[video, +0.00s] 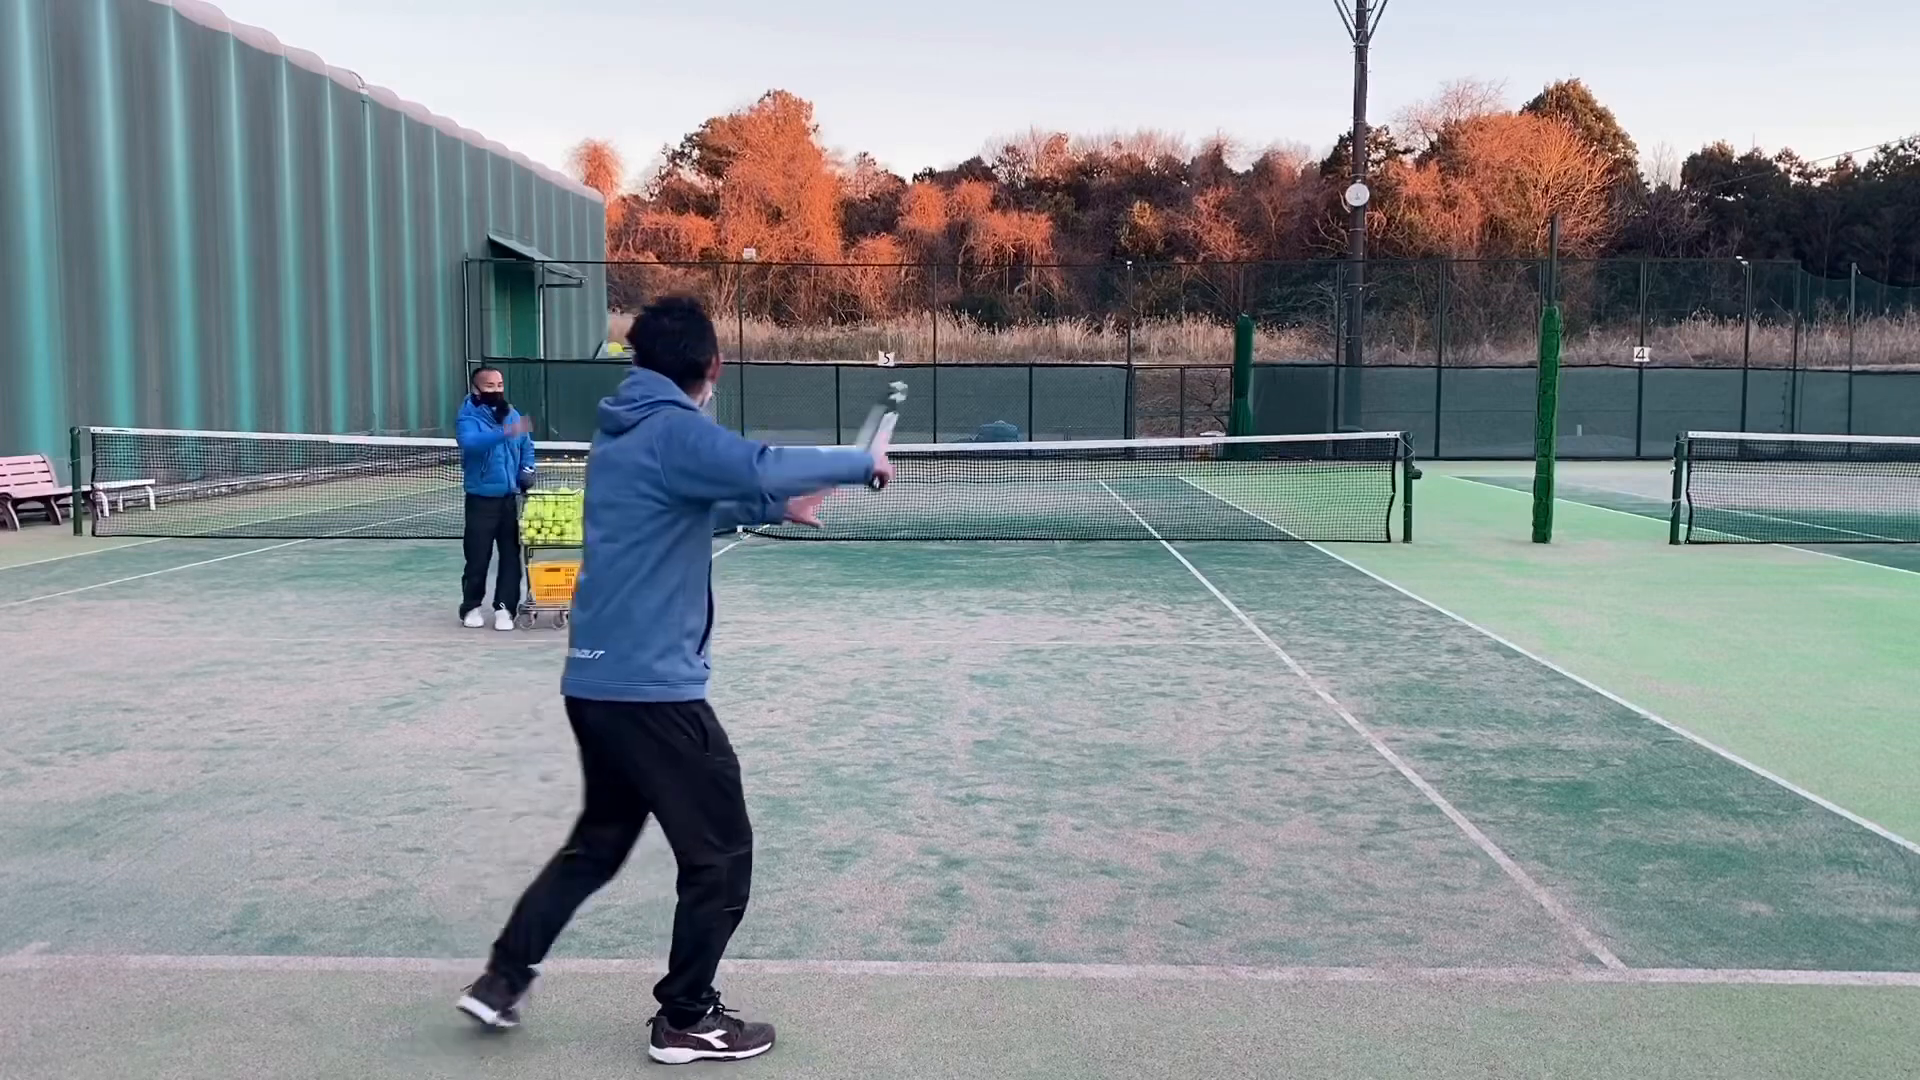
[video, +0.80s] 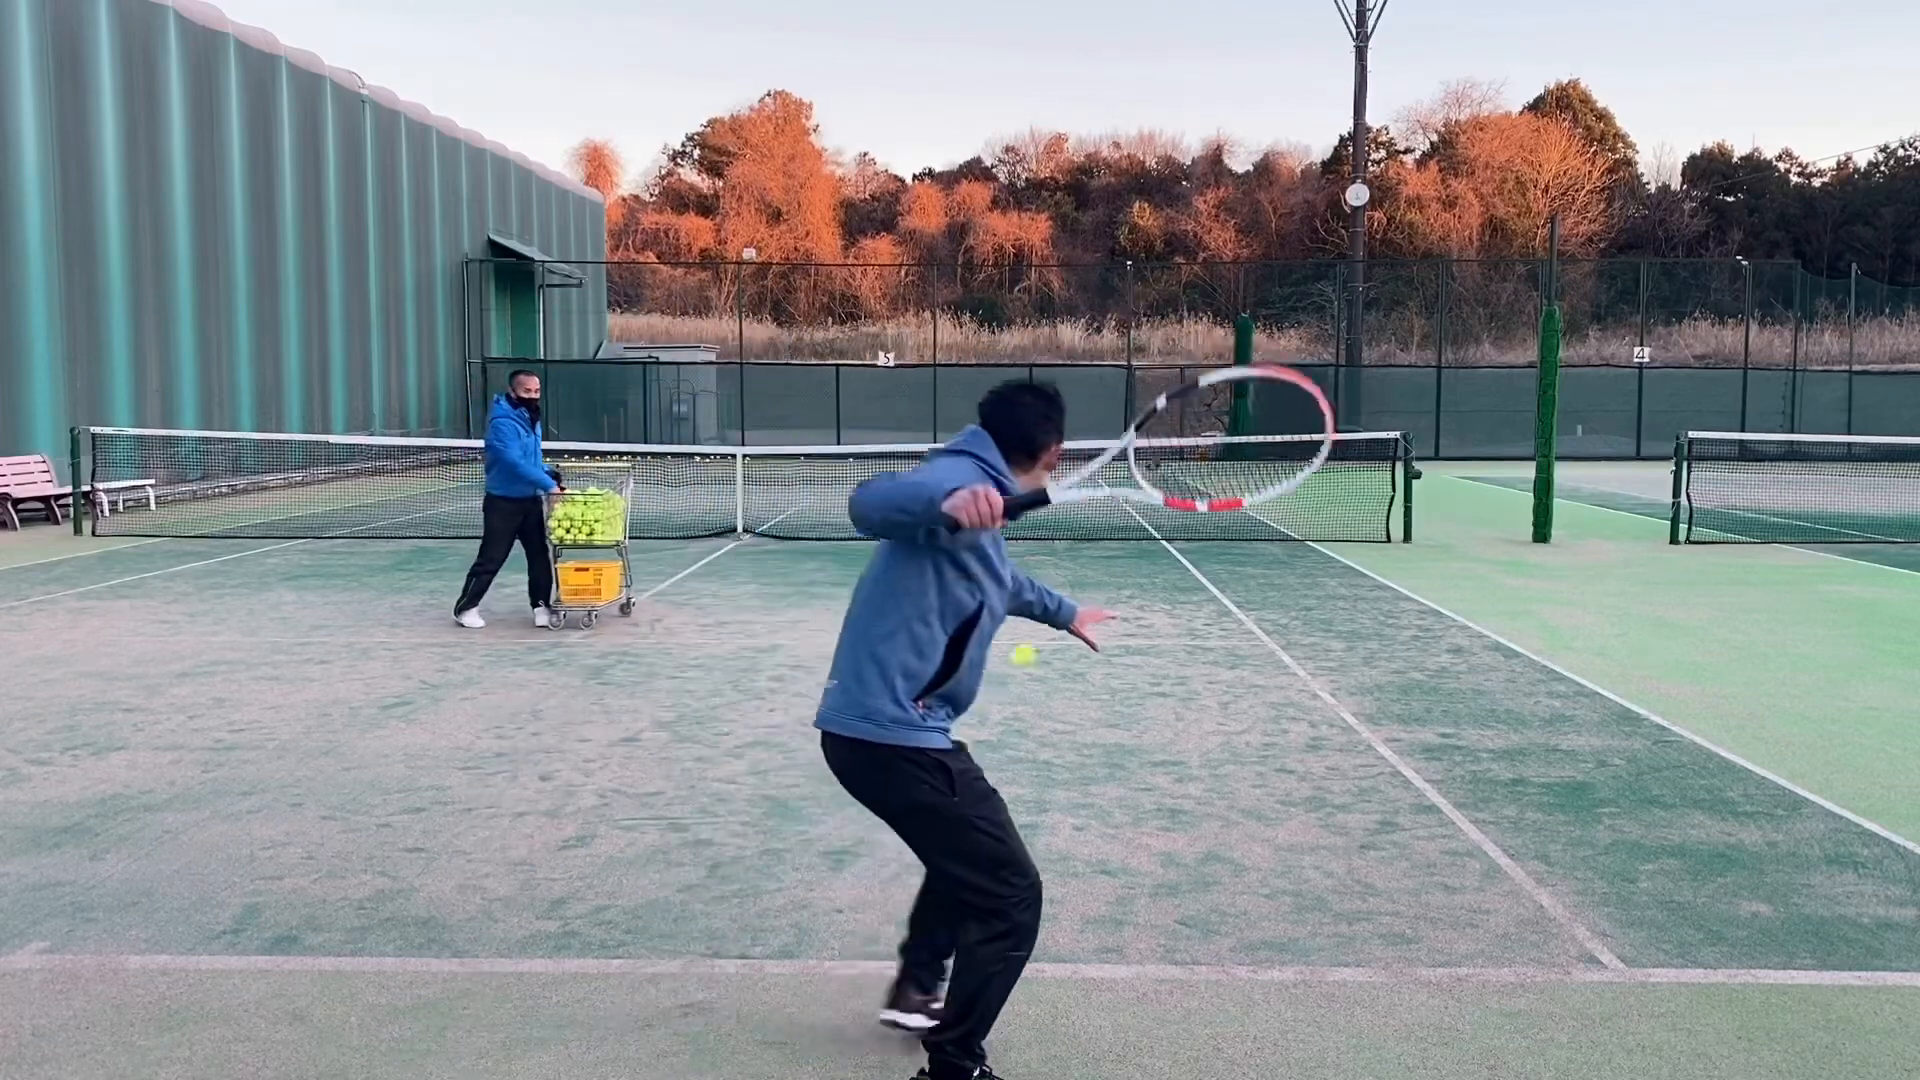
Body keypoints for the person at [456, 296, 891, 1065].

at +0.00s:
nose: (721, 368)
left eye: (718, 356)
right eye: (719, 357)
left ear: (642, 362)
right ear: (709, 365)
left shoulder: (618, 436)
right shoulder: (676, 434)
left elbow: (689, 512)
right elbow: (766, 471)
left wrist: (776, 507)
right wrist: (865, 462)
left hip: (593, 685)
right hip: (652, 689)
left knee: (601, 837)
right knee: (721, 849)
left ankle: (500, 981)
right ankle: (686, 1017)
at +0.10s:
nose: (753, 374)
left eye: (750, 361)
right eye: (753, 361)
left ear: (676, 360)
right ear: (739, 364)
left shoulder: (657, 429)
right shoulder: (697, 425)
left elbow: (738, 498)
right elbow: (755, 446)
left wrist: (814, 503)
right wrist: (865, 426)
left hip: (629, 677)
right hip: (677, 680)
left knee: (674, 834)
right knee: (731, 849)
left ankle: (601, 978)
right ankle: (687, 1017)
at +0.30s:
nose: (817, 392)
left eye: (815, 383)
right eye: (815, 382)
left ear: (742, 378)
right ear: (801, 388)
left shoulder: (743, 456)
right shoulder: (741, 437)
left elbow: (803, 511)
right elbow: (756, 452)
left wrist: (882, 521)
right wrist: (852, 419)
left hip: (691, 692)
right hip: (723, 696)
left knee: (736, 838)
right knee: (832, 844)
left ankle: (656, 986)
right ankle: (752, 1006)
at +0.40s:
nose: (858, 407)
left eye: (858, 399)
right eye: (856, 397)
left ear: (793, 386)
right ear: (840, 397)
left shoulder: (792, 464)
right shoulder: (773, 434)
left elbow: (845, 519)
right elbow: (761, 461)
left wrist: (922, 536)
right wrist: (863, 431)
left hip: (725, 694)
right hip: (757, 698)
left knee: (749, 845)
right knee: (867, 850)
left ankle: (657, 984)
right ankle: (857, 1038)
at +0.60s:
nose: (966, 436)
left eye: (965, 426)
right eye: (963, 424)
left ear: (906, 413)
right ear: (940, 424)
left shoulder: (900, 497)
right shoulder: (869, 474)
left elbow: (940, 553)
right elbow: (807, 476)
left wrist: (1010, 577)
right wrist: (909, 447)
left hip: (822, 719)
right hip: (838, 721)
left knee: (848, 854)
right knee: (959, 882)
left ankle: (717, 956)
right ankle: (946, 1056)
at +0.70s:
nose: (1012, 456)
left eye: (1013, 444)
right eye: (1008, 443)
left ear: (957, 432)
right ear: (982, 442)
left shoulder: (944, 512)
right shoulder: (907, 487)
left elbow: (979, 576)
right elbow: (835, 487)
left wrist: (1050, 602)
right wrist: (928, 467)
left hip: (878, 726)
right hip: (856, 728)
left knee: (928, 843)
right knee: (992, 888)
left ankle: (817, 971)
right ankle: (951, 1060)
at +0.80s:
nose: (1052, 473)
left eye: (1055, 461)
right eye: (1053, 460)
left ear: (1002, 437)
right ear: (1034, 454)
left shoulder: (983, 498)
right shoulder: (956, 477)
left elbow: (1002, 582)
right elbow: (868, 503)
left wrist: (1066, 613)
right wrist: (942, 504)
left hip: (907, 725)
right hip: (880, 731)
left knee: (971, 846)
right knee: (1012, 892)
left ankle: (917, 987)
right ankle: (956, 1058)